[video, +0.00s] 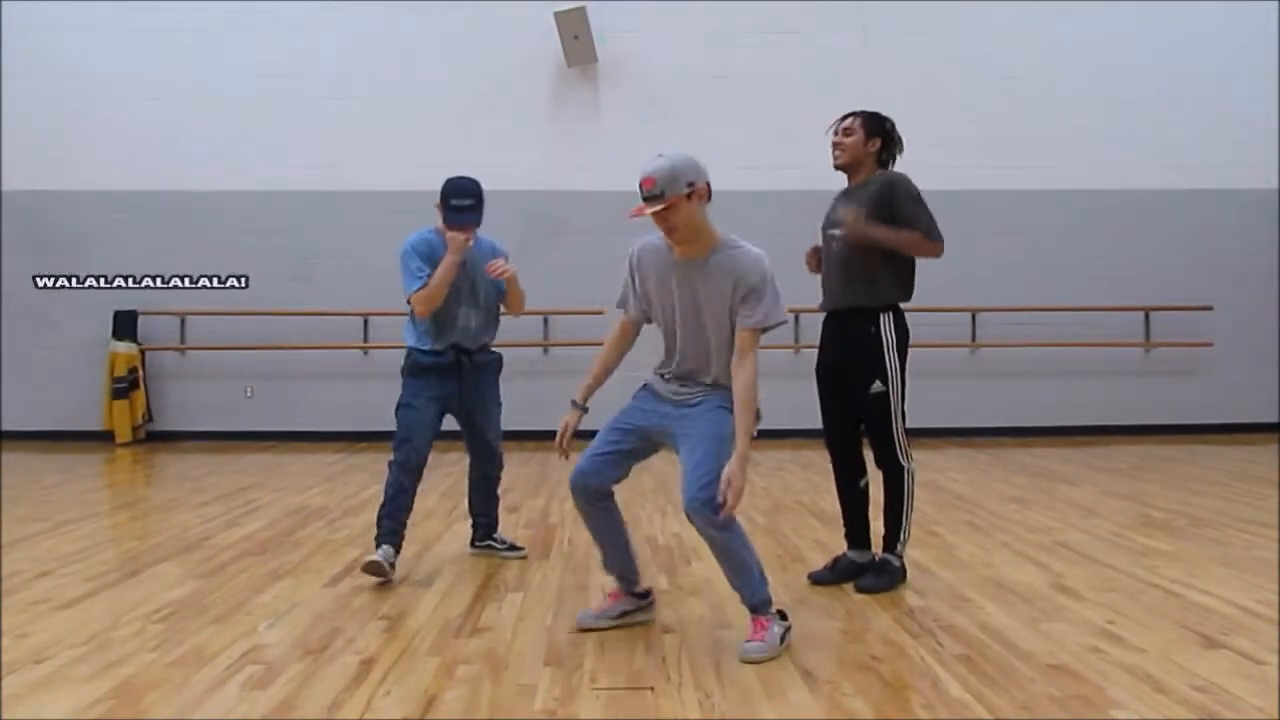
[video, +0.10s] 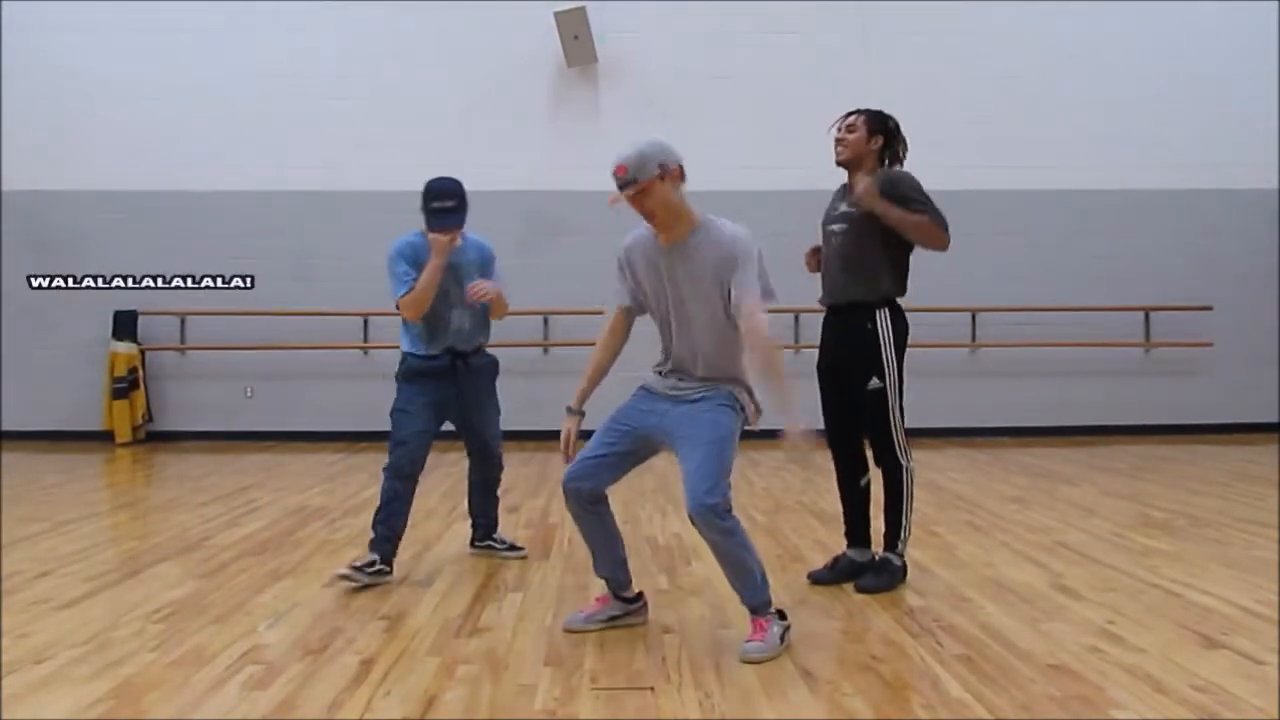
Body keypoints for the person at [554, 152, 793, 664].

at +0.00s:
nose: (659, 219)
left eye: (667, 207)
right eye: (652, 210)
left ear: (700, 196)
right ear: (647, 209)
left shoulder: (746, 266)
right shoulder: (647, 257)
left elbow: (744, 360)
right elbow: (624, 333)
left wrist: (741, 454)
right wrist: (579, 403)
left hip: (714, 402)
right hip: (659, 393)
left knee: (702, 503)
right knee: (586, 481)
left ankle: (765, 615)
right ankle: (632, 592)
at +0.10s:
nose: (633, 203)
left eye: (638, 189)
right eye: (626, 194)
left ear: (673, 176)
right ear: (626, 197)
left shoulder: (733, 245)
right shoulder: (636, 252)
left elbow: (757, 334)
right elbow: (618, 327)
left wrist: (790, 416)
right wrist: (576, 406)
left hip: (717, 396)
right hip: (660, 389)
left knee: (705, 505)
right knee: (580, 484)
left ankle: (765, 616)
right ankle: (623, 597)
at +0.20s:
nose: (613, 202)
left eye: (616, 188)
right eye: (606, 194)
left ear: (648, 169)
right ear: (604, 196)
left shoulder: (716, 211)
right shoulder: (621, 255)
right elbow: (608, 334)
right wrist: (576, 416)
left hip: (714, 394)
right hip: (655, 393)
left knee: (708, 509)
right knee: (577, 487)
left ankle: (764, 613)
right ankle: (622, 597)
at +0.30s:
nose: (619, 202)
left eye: (623, 189)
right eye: (612, 194)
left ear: (654, 169)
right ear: (621, 190)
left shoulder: (710, 205)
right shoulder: (626, 253)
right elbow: (610, 338)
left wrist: (701, 25)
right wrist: (583, 415)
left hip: (711, 394)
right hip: (648, 394)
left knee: (708, 512)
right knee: (574, 488)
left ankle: (763, 614)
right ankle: (621, 596)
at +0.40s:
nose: (637, 198)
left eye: (641, 186)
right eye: (629, 190)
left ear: (669, 167)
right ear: (630, 185)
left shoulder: (711, 191)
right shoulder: (635, 247)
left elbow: (674, 151)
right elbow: (624, 333)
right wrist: (598, 411)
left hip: (707, 387)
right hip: (646, 386)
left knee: (707, 516)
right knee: (576, 485)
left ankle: (763, 614)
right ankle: (622, 596)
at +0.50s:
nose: (635, 191)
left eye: (641, 179)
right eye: (625, 182)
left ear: (670, 161)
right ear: (623, 181)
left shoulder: (710, 176)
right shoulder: (635, 245)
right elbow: (634, 332)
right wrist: (613, 407)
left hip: (710, 377)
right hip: (652, 378)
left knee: (705, 520)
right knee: (578, 483)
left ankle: (763, 614)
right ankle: (622, 596)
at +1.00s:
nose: (616, 220)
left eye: (619, 207)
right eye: (606, 213)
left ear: (643, 184)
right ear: (601, 213)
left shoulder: (683, 204)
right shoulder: (624, 265)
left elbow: (638, 172)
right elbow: (640, 342)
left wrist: (559, 189)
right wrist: (614, 412)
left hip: (712, 395)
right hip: (654, 393)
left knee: (701, 527)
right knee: (574, 485)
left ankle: (764, 617)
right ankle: (625, 603)